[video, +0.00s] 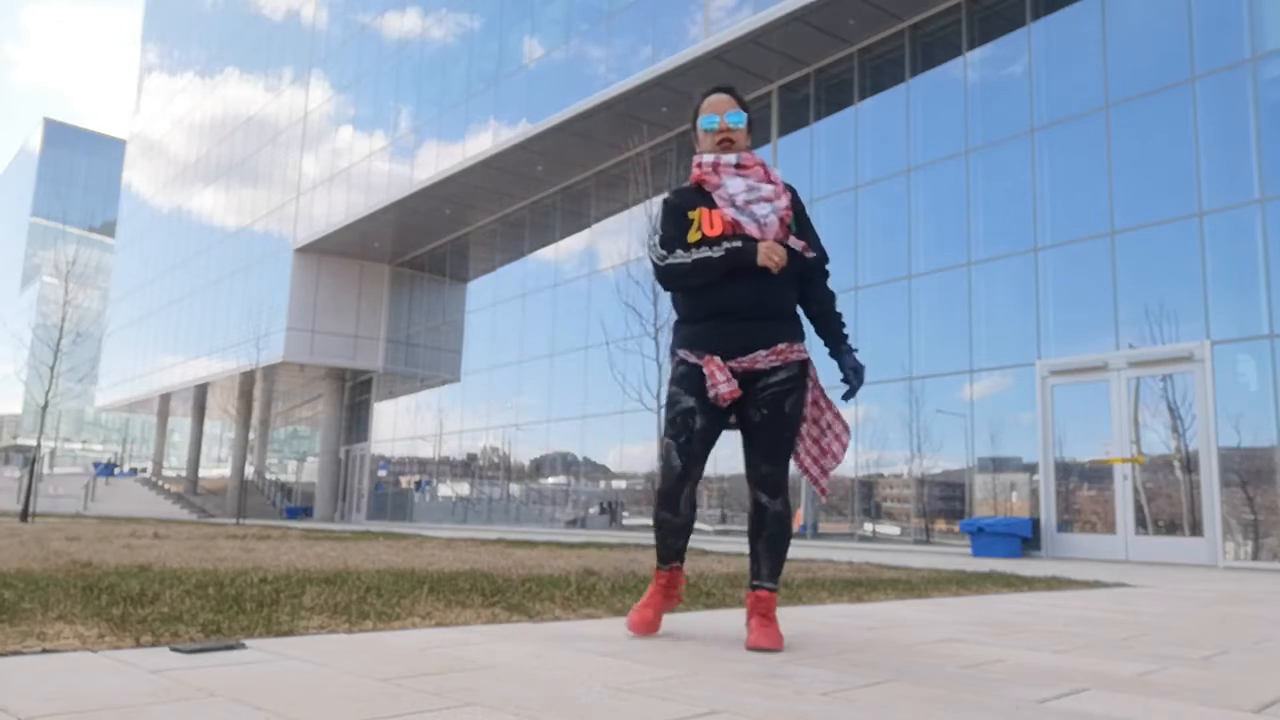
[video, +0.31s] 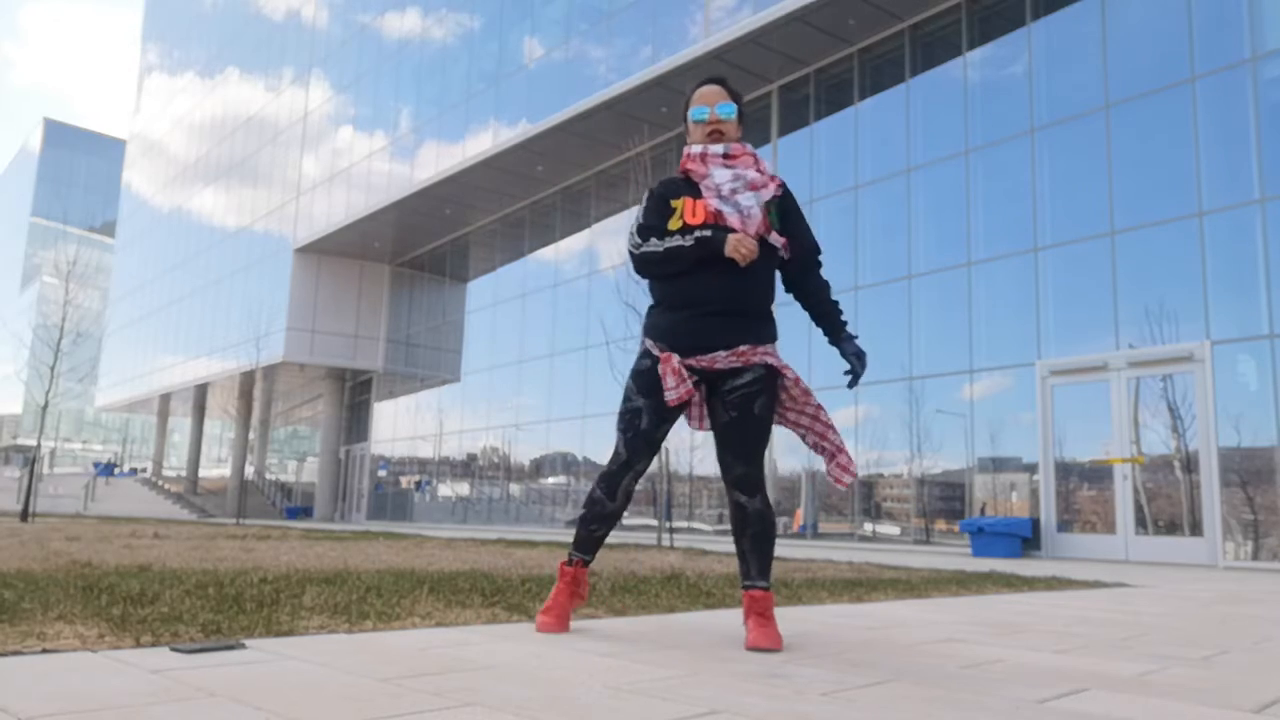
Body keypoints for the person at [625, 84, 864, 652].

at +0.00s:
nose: (723, 129)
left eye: (733, 120)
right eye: (712, 121)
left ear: (750, 130)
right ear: (696, 134)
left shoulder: (781, 199)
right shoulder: (680, 202)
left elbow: (812, 277)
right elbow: (666, 267)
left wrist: (839, 346)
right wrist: (747, 251)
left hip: (774, 357)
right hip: (700, 359)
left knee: (769, 482)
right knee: (675, 471)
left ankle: (762, 604)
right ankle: (666, 580)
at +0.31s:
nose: (713, 122)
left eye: (723, 112)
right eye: (701, 114)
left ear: (741, 121)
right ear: (687, 126)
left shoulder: (770, 195)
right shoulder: (669, 193)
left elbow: (804, 272)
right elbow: (643, 255)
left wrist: (840, 335)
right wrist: (716, 242)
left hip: (744, 357)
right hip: (668, 355)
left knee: (746, 480)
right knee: (626, 464)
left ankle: (758, 606)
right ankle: (572, 576)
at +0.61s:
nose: (716, 127)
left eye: (726, 117)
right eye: (704, 120)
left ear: (744, 127)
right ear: (691, 133)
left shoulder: (781, 197)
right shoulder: (675, 201)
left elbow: (819, 271)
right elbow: (647, 266)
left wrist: (861, 329)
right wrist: (713, 244)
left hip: (753, 364)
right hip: (676, 361)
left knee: (753, 484)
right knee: (633, 466)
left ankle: (760, 609)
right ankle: (572, 579)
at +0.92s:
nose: (736, 132)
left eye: (746, 122)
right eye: (724, 125)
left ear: (764, 129)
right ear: (710, 137)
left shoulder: (804, 199)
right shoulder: (699, 209)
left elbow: (855, 261)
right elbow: (675, 276)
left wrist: (913, 302)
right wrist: (742, 253)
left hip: (787, 362)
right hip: (710, 359)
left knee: (772, 486)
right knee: (667, 462)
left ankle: (762, 609)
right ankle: (628, 570)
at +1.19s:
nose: (740, 133)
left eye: (751, 123)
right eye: (728, 127)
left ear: (772, 133)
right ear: (717, 139)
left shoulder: (805, 201)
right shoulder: (704, 202)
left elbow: (847, 268)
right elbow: (679, 268)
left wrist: (894, 289)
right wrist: (752, 253)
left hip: (798, 355)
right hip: (726, 355)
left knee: (784, 480)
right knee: (752, 454)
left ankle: (763, 606)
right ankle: (726, 572)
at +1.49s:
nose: (710, 150)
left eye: (718, 138)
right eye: (709, 139)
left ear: (753, 134)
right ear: (737, 138)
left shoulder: (816, 199)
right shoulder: (716, 202)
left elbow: (865, 267)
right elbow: (696, 267)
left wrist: (920, 301)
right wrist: (773, 247)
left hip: (795, 360)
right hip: (720, 356)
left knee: (775, 485)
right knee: (661, 438)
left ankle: (761, 609)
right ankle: (643, 564)